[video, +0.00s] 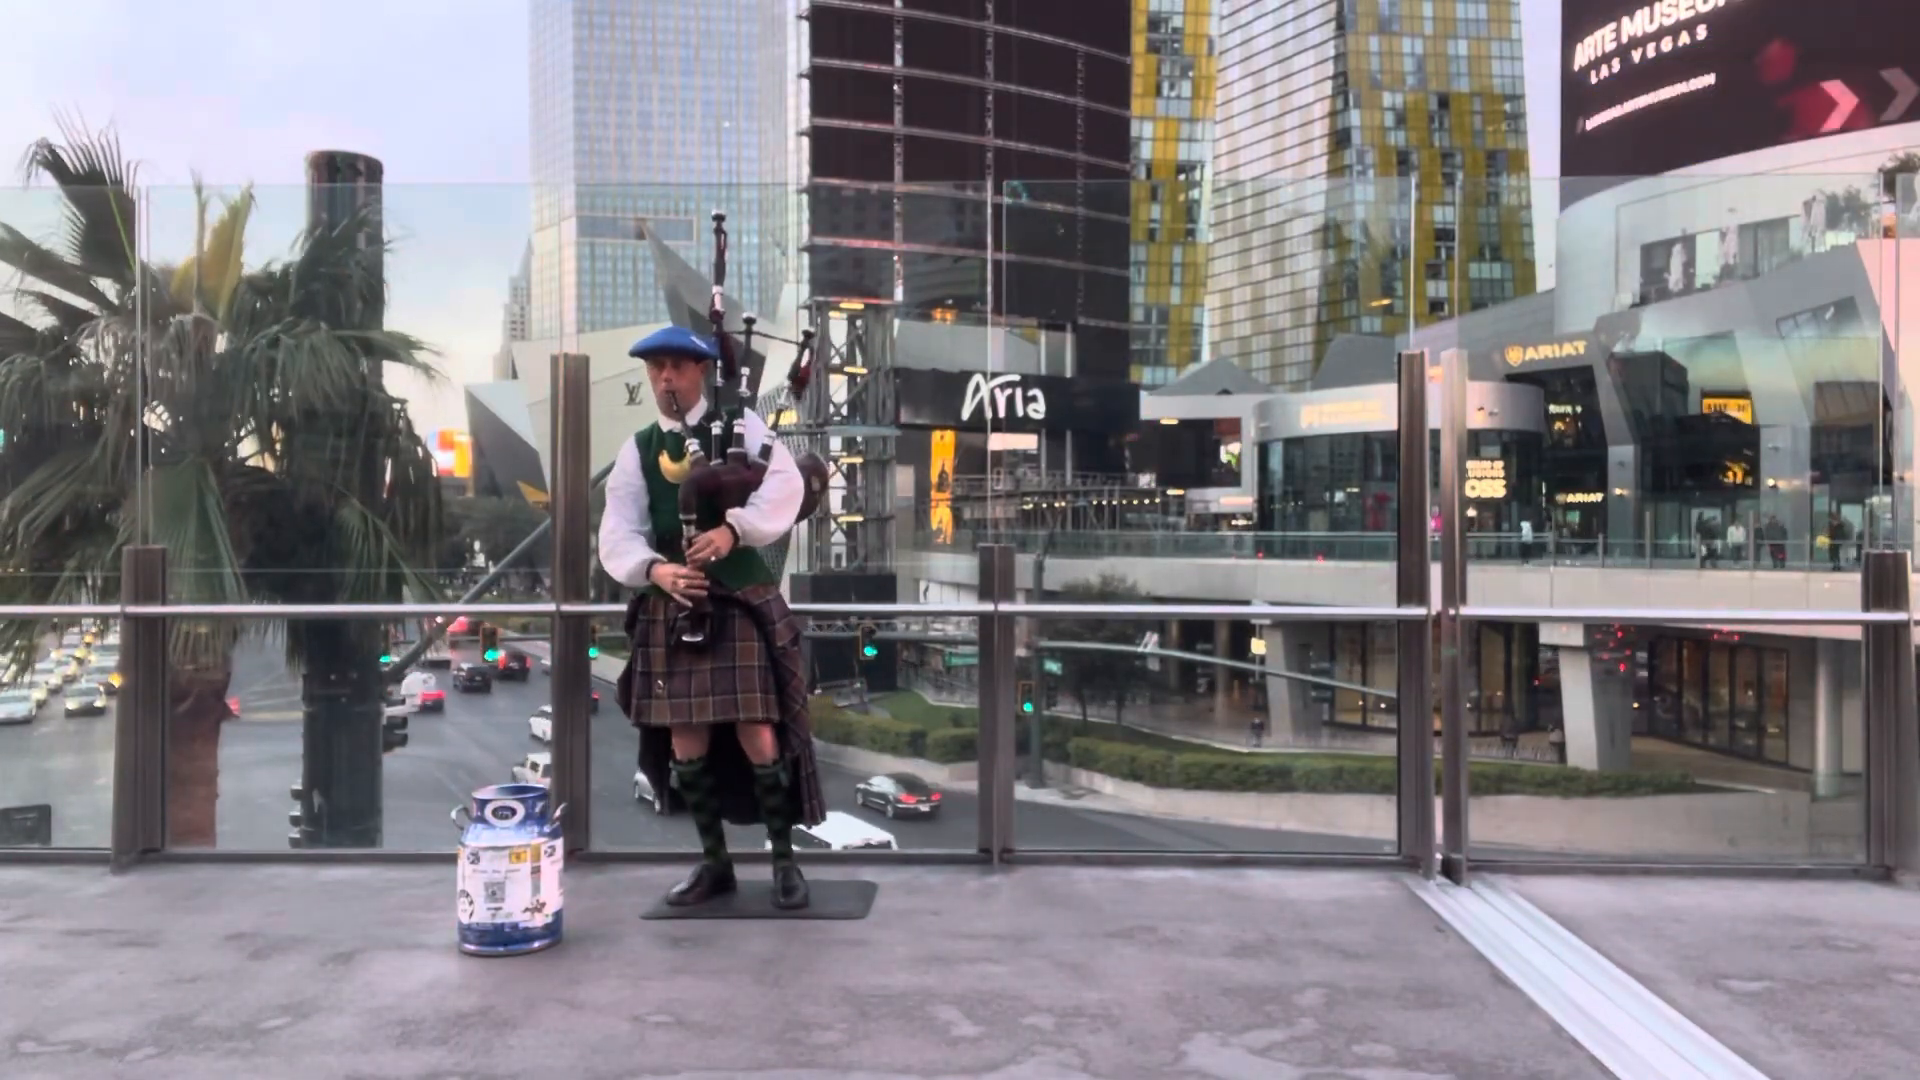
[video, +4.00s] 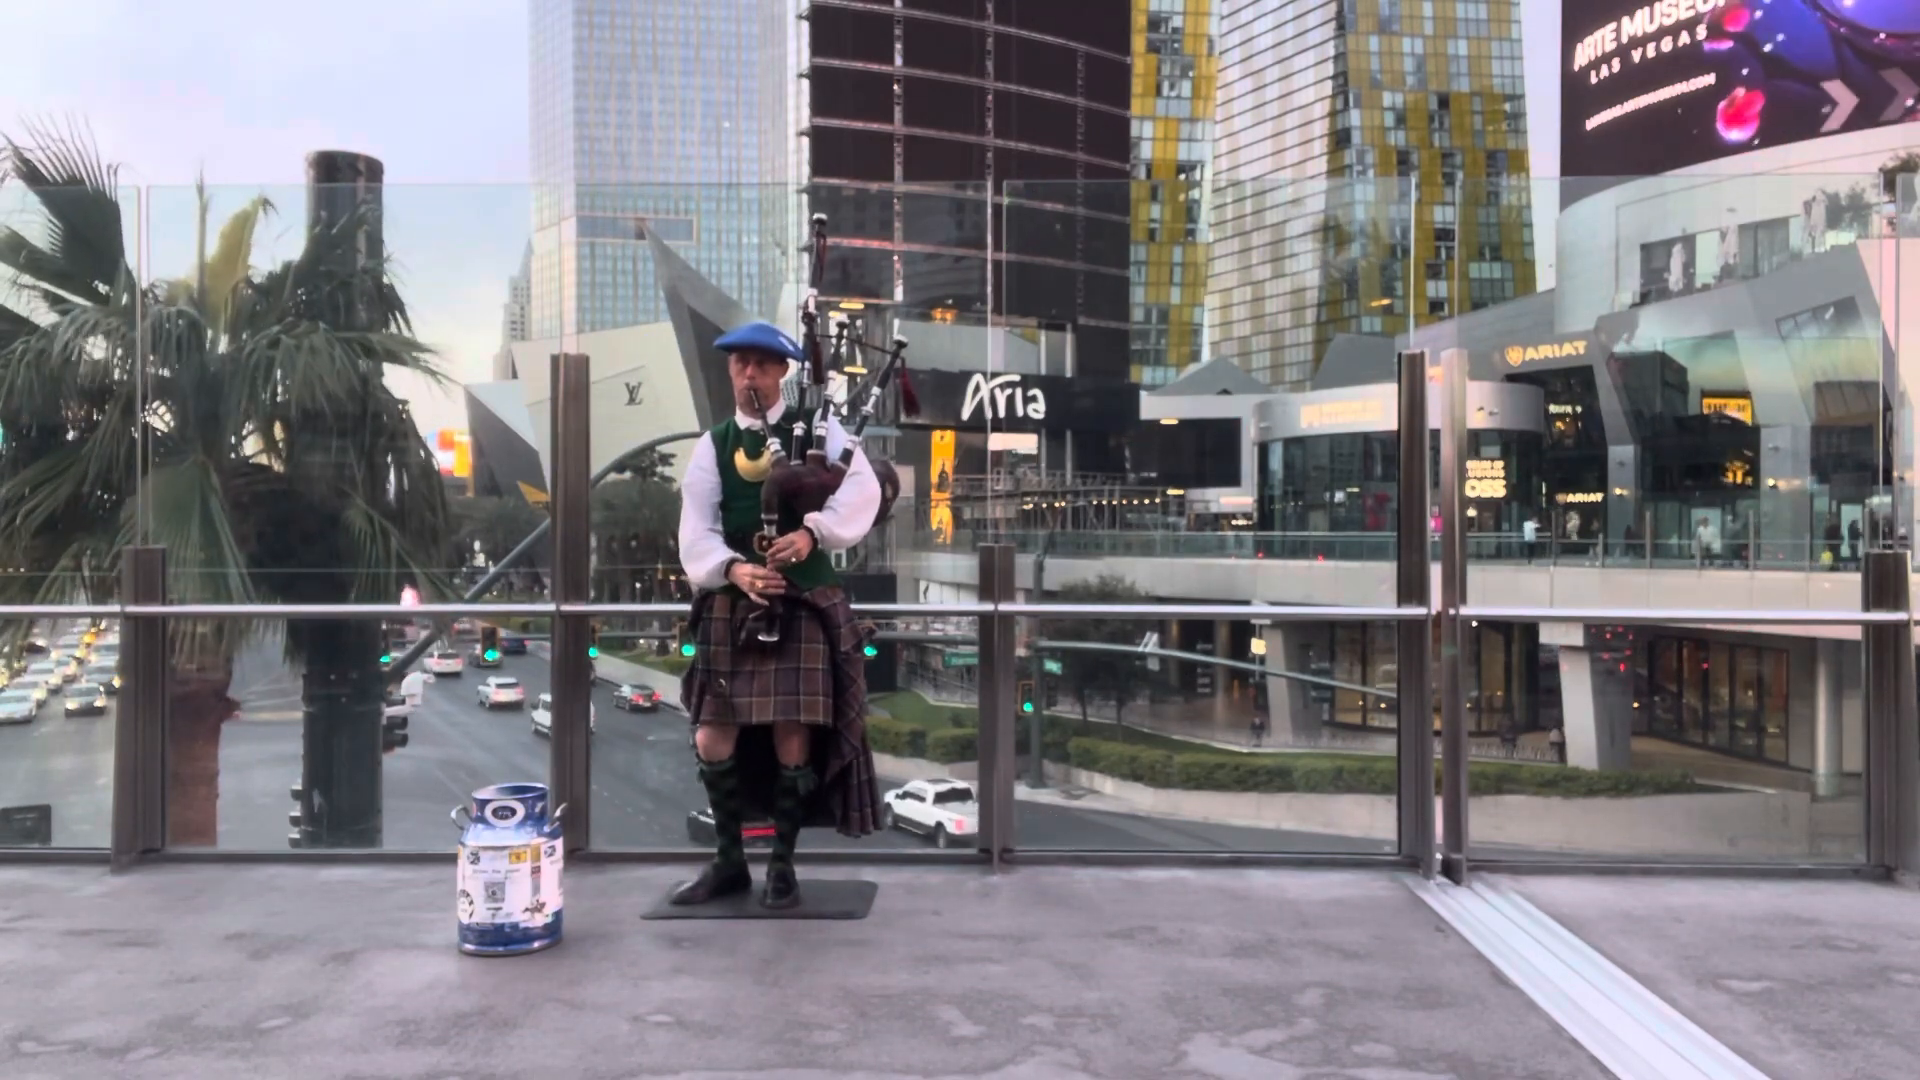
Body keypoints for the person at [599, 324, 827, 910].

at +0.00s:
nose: (663, 377)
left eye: (675, 365)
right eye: (655, 367)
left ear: (702, 369)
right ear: (647, 375)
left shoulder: (742, 426)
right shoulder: (640, 448)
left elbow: (787, 487)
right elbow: (617, 535)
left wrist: (733, 530)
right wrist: (654, 570)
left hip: (742, 596)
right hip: (672, 601)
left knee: (756, 730)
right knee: (686, 733)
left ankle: (784, 863)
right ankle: (715, 863)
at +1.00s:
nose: (707, 372)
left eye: (719, 361)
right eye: (698, 361)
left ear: (745, 370)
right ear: (686, 371)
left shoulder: (779, 432)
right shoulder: (669, 444)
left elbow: (825, 486)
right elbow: (649, 530)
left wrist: (781, 523)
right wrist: (694, 562)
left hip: (769, 594)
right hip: (695, 595)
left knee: (770, 726)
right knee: (701, 728)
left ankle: (780, 863)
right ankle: (715, 864)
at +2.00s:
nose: (748, 373)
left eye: (760, 361)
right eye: (739, 361)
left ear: (784, 369)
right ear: (727, 370)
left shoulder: (819, 428)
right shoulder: (709, 443)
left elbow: (862, 488)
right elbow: (688, 527)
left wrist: (813, 530)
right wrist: (727, 565)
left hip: (802, 597)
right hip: (730, 595)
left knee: (789, 734)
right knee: (714, 734)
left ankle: (782, 863)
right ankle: (723, 863)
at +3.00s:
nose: (745, 377)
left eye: (758, 366)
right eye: (737, 366)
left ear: (781, 373)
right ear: (725, 375)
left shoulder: (818, 429)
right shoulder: (714, 448)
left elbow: (860, 489)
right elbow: (694, 535)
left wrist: (810, 536)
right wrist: (726, 572)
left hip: (804, 599)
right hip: (734, 598)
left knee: (791, 734)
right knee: (706, 735)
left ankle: (781, 864)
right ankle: (726, 860)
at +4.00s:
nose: (749, 374)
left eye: (761, 363)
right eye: (741, 363)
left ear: (785, 372)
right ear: (728, 372)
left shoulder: (819, 429)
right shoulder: (713, 445)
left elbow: (864, 488)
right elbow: (696, 530)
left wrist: (814, 532)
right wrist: (732, 567)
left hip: (802, 597)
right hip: (731, 595)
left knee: (790, 731)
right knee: (712, 735)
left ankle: (782, 865)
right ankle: (729, 862)